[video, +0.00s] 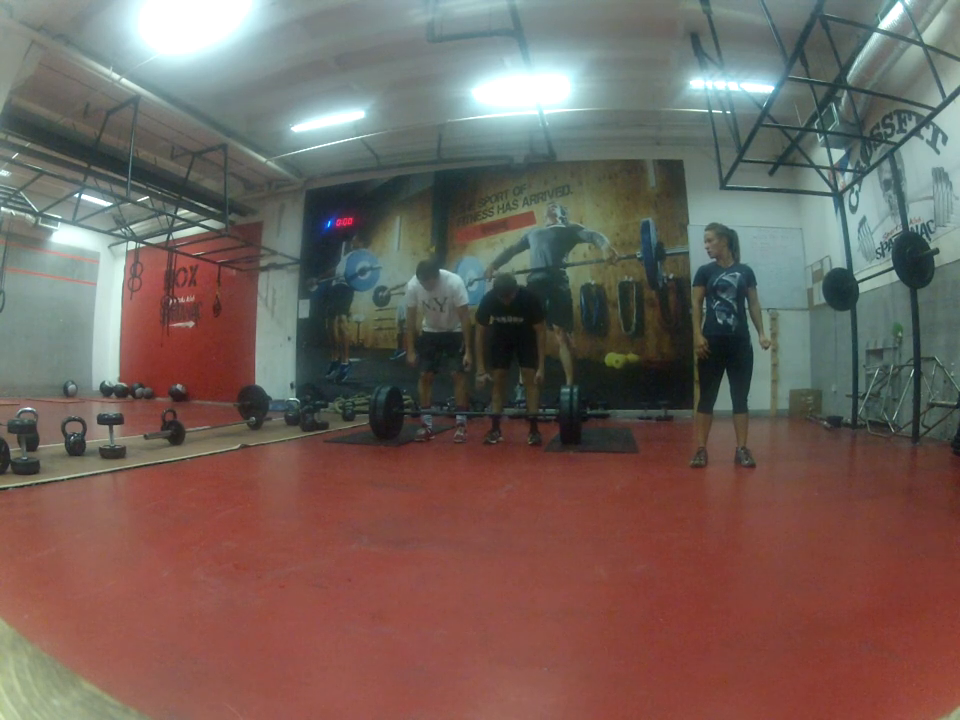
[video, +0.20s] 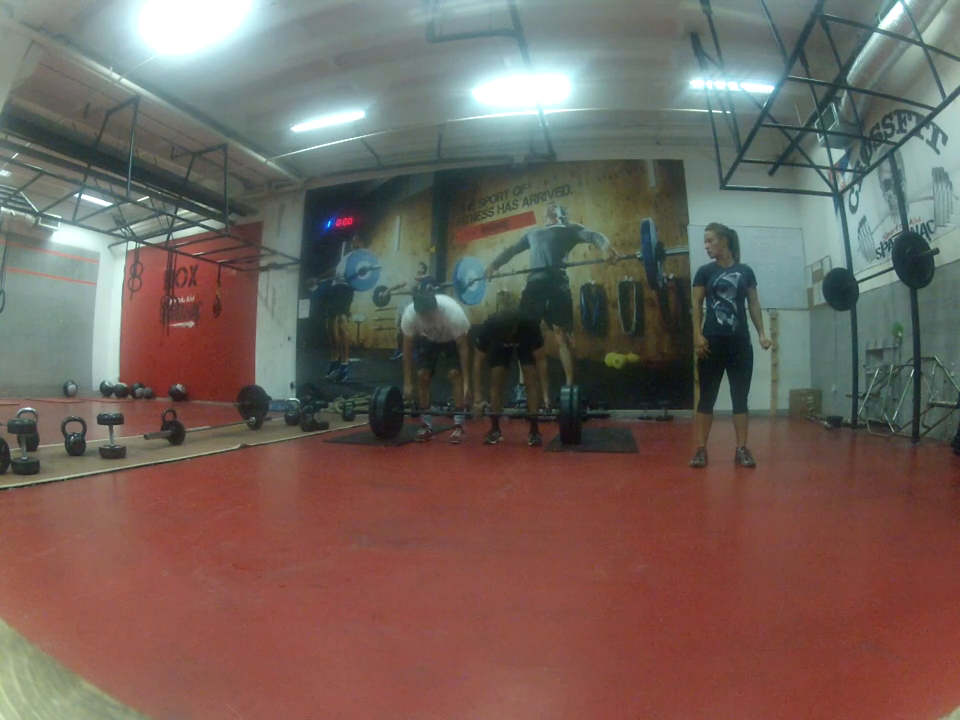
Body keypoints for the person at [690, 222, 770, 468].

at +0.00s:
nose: (706, 245)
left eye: (710, 241)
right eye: (705, 241)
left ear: (725, 241)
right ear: (709, 244)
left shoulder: (745, 271)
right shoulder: (704, 271)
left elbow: (754, 304)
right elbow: (697, 306)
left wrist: (761, 333)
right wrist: (697, 335)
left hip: (739, 342)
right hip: (711, 342)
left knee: (740, 399)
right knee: (706, 399)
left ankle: (742, 449)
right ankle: (700, 450)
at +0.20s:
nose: (707, 245)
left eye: (710, 241)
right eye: (705, 242)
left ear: (726, 241)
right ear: (709, 244)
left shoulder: (745, 271)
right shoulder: (704, 271)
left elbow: (754, 304)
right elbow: (697, 305)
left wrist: (761, 333)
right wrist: (697, 335)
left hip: (739, 343)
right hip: (711, 342)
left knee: (740, 399)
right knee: (706, 399)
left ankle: (742, 449)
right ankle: (701, 450)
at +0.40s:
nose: (706, 245)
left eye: (710, 241)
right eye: (705, 242)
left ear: (726, 241)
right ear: (709, 245)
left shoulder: (745, 271)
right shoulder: (704, 272)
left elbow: (754, 304)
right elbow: (697, 305)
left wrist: (761, 333)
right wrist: (697, 335)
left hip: (739, 343)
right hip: (711, 342)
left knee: (740, 399)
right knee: (706, 399)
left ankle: (742, 449)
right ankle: (701, 449)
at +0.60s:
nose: (706, 245)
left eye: (710, 241)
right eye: (705, 241)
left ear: (725, 241)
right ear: (710, 244)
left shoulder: (745, 271)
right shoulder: (704, 272)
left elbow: (754, 304)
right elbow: (697, 306)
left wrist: (761, 333)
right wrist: (697, 335)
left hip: (739, 342)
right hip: (711, 342)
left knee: (740, 399)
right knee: (706, 399)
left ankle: (742, 449)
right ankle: (701, 449)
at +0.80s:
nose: (706, 245)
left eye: (709, 241)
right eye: (705, 241)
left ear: (725, 241)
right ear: (710, 244)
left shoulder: (745, 271)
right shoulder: (704, 272)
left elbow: (753, 304)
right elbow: (697, 306)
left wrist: (761, 333)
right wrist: (697, 335)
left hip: (739, 342)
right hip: (711, 342)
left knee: (740, 399)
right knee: (706, 399)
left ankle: (742, 449)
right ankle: (701, 449)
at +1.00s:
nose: (706, 245)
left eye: (709, 241)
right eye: (705, 241)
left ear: (725, 241)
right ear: (710, 244)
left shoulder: (745, 271)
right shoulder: (704, 272)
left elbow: (753, 304)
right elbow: (696, 306)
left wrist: (761, 333)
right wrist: (697, 335)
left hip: (739, 342)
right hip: (711, 342)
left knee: (740, 399)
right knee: (706, 399)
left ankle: (742, 449)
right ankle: (700, 449)